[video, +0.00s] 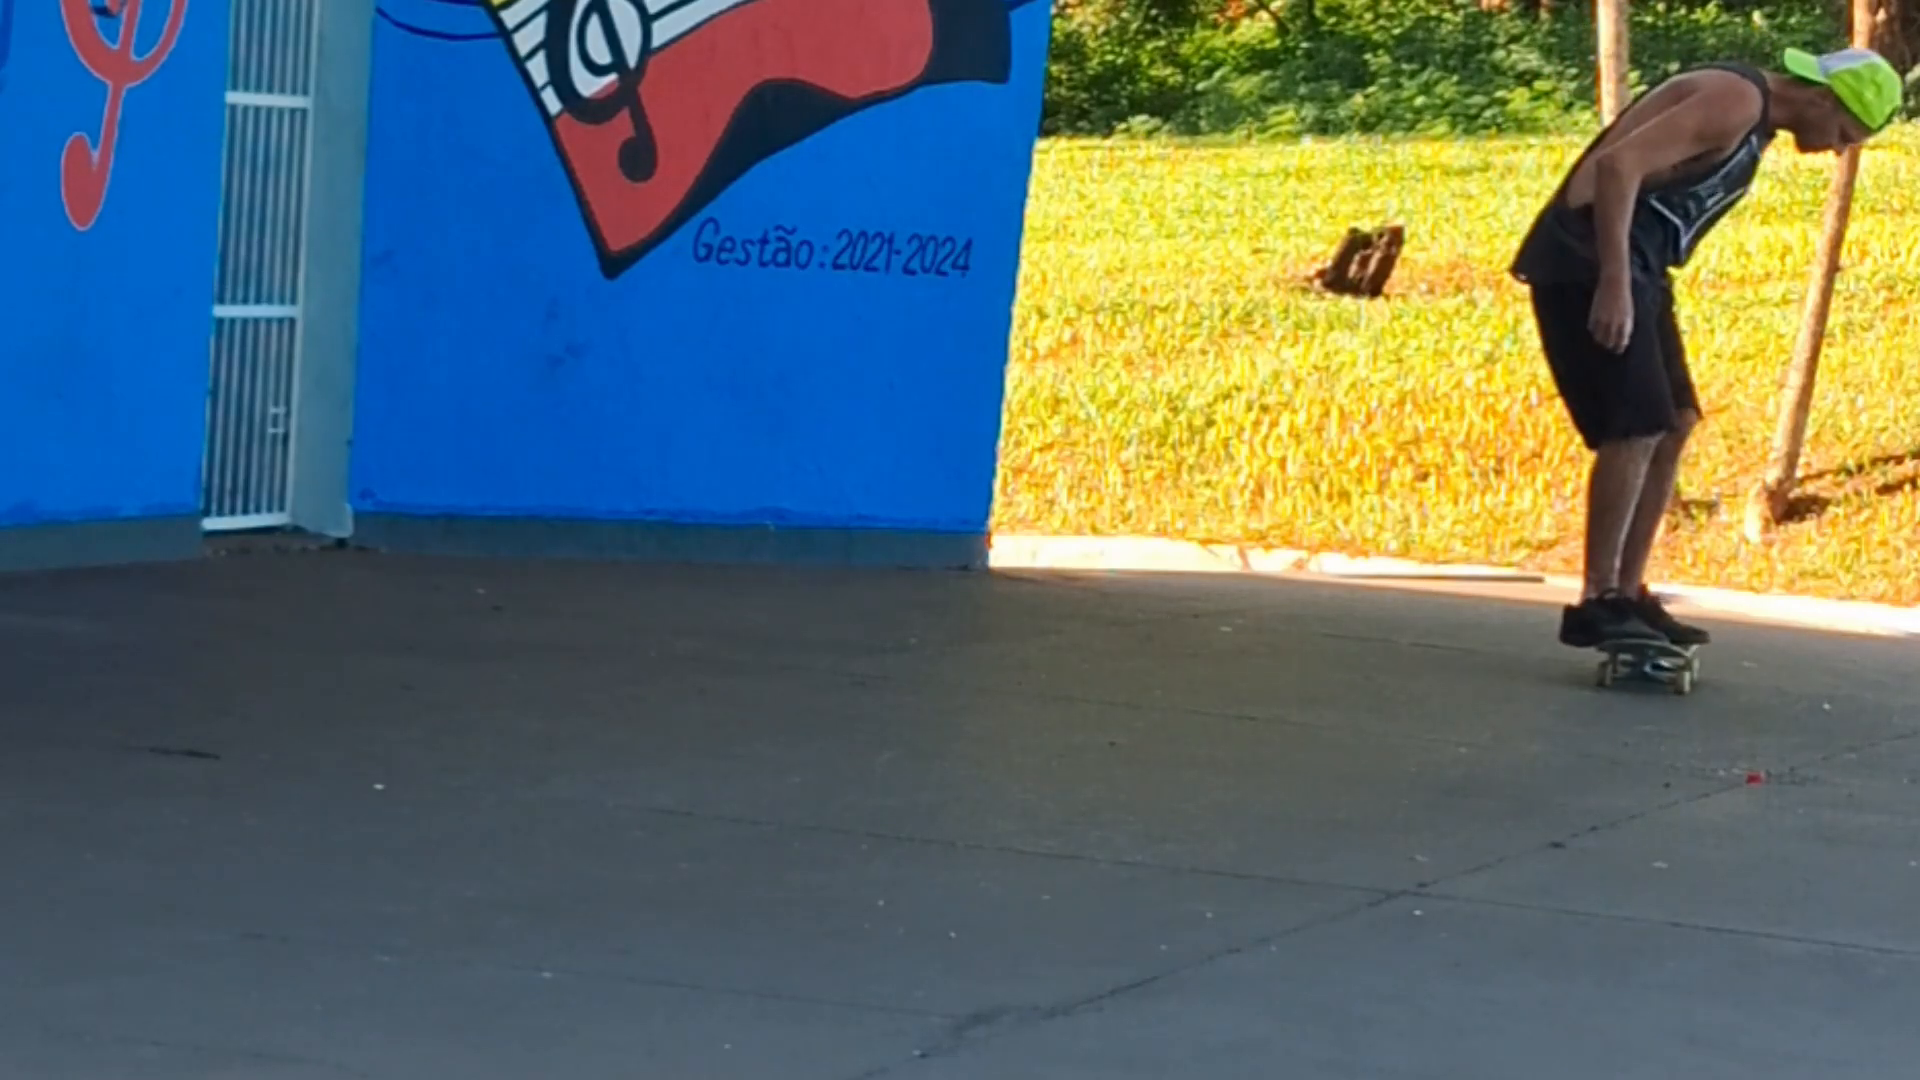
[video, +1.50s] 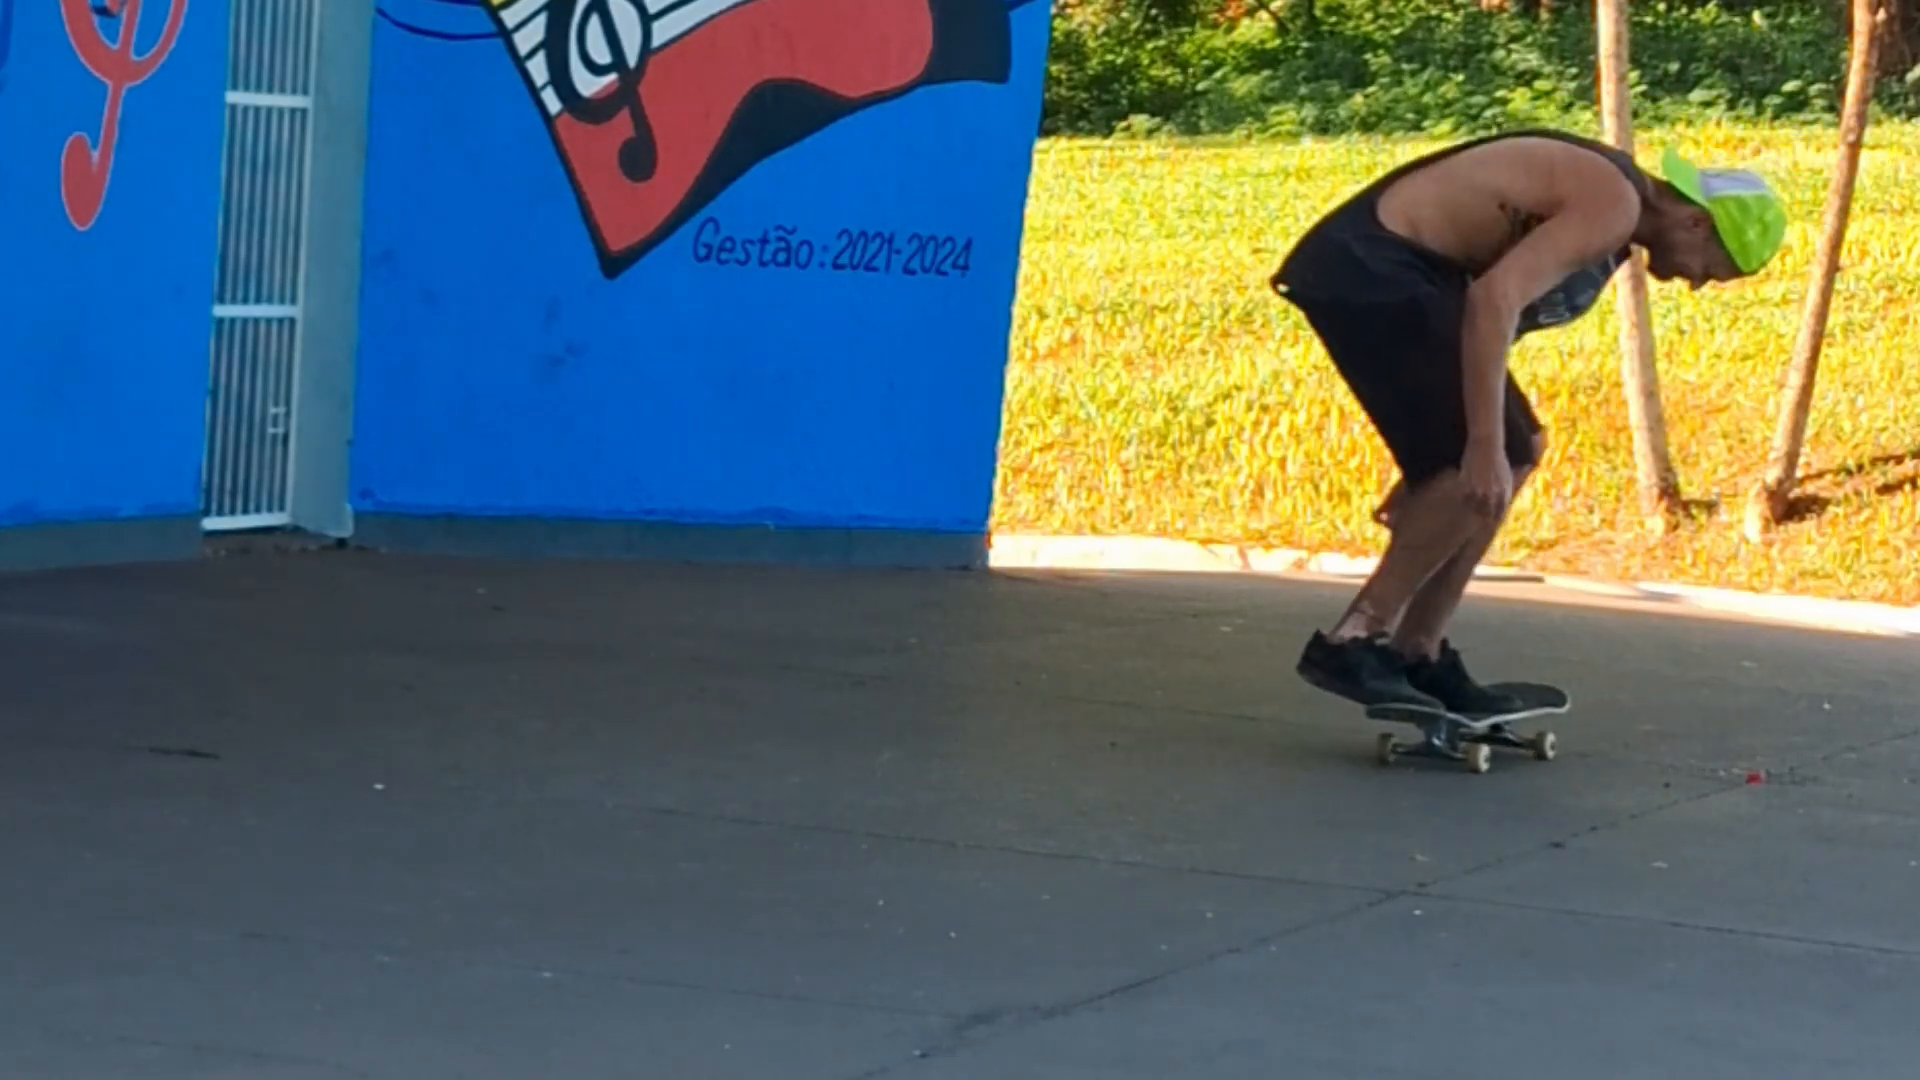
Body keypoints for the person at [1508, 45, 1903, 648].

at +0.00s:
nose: (1835, 151)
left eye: (1848, 145)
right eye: (1845, 137)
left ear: (1824, 98)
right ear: (1828, 98)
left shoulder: (1751, 123)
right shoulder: (1730, 100)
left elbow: (1649, 194)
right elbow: (1617, 163)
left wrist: (1643, 286)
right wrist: (1613, 281)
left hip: (1636, 270)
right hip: (1589, 262)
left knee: (1675, 420)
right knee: (1635, 426)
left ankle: (1626, 594)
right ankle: (1595, 602)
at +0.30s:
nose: (1842, 170)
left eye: (1855, 163)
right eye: (1850, 154)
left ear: (1832, 116)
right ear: (1832, 116)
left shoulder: (1755, 131)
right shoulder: (1739, 111)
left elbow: (1635, 178)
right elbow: (1616, 168)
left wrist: (1624, 289)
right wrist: (1614, 293)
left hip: (1602, 260)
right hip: (1561, 259)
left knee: (1673, 415)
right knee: (1629, 429)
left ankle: (1610, 600)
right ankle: (1583, 611)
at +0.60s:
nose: (1826, 203)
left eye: (1841, 196)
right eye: (1835, 186)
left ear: (1815, 144)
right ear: (1815, 145)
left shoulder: (1735, 160)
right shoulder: (1724, 137)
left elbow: (1619, 237)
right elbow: (1600, 196)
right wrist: (1594, 323)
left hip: (1567, 266)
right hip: (1530, 261)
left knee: (1644, 438)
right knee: (1608, 439)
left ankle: (1578, 621)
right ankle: (1557, 628)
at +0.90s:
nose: (1803, 222)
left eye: (1815, 217)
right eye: (1812, 206)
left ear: (1792, 163)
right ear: (1794, 162)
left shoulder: (1711, 179)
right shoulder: (1703, 152)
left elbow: (1586, 237)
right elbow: (1577, 212)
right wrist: (1571, 348)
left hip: (1531, 267)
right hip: (1491, 257)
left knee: (1615, 438)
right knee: (1578, 441)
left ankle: (1539, 629)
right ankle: (1500, 629)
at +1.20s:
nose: (1758, 243)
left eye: (1774, 239)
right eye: (1770, 227)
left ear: (1757, 182)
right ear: (1755, 180)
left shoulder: (1666, 189)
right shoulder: (1666, 161)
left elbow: (1536, 266)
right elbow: (1533, 230)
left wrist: (1450, 394)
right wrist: (1513, 374)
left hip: (1479, 261)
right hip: (1437, 249)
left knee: (1556, 445)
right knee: (1526, 447)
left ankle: (1481, 644)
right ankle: (1420, 635)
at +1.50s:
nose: (1702, 281)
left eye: (1717, 276)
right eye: (1716, 267)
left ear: (1696, 217)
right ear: (1699, 223)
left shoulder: (1614, 210)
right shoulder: (1608, 205)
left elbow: (1490, 308)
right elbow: (1490, 297)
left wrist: (1424, 480)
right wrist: (1482, 449)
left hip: (1405, 275)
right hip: (1364, 270)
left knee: (1518, 445)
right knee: (1478, 469)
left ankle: (1416, 651)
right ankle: (1351, 641)